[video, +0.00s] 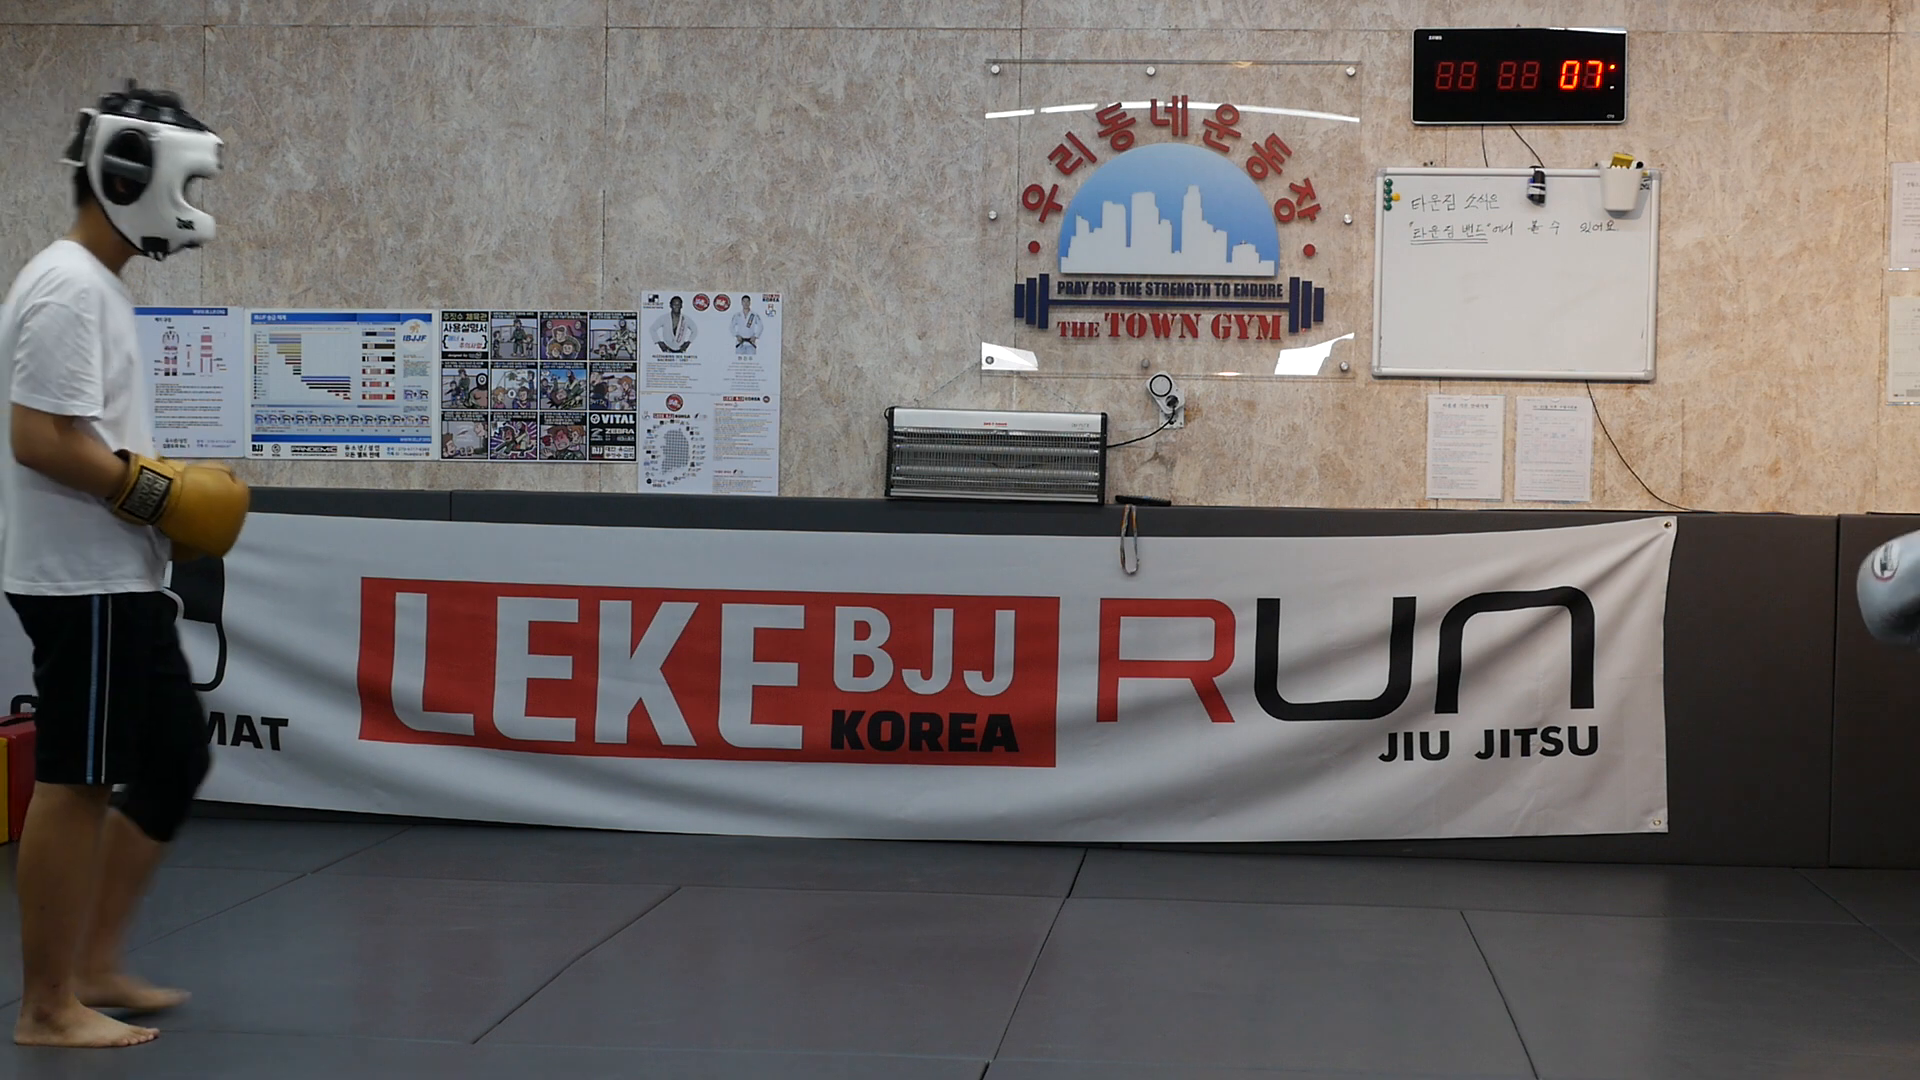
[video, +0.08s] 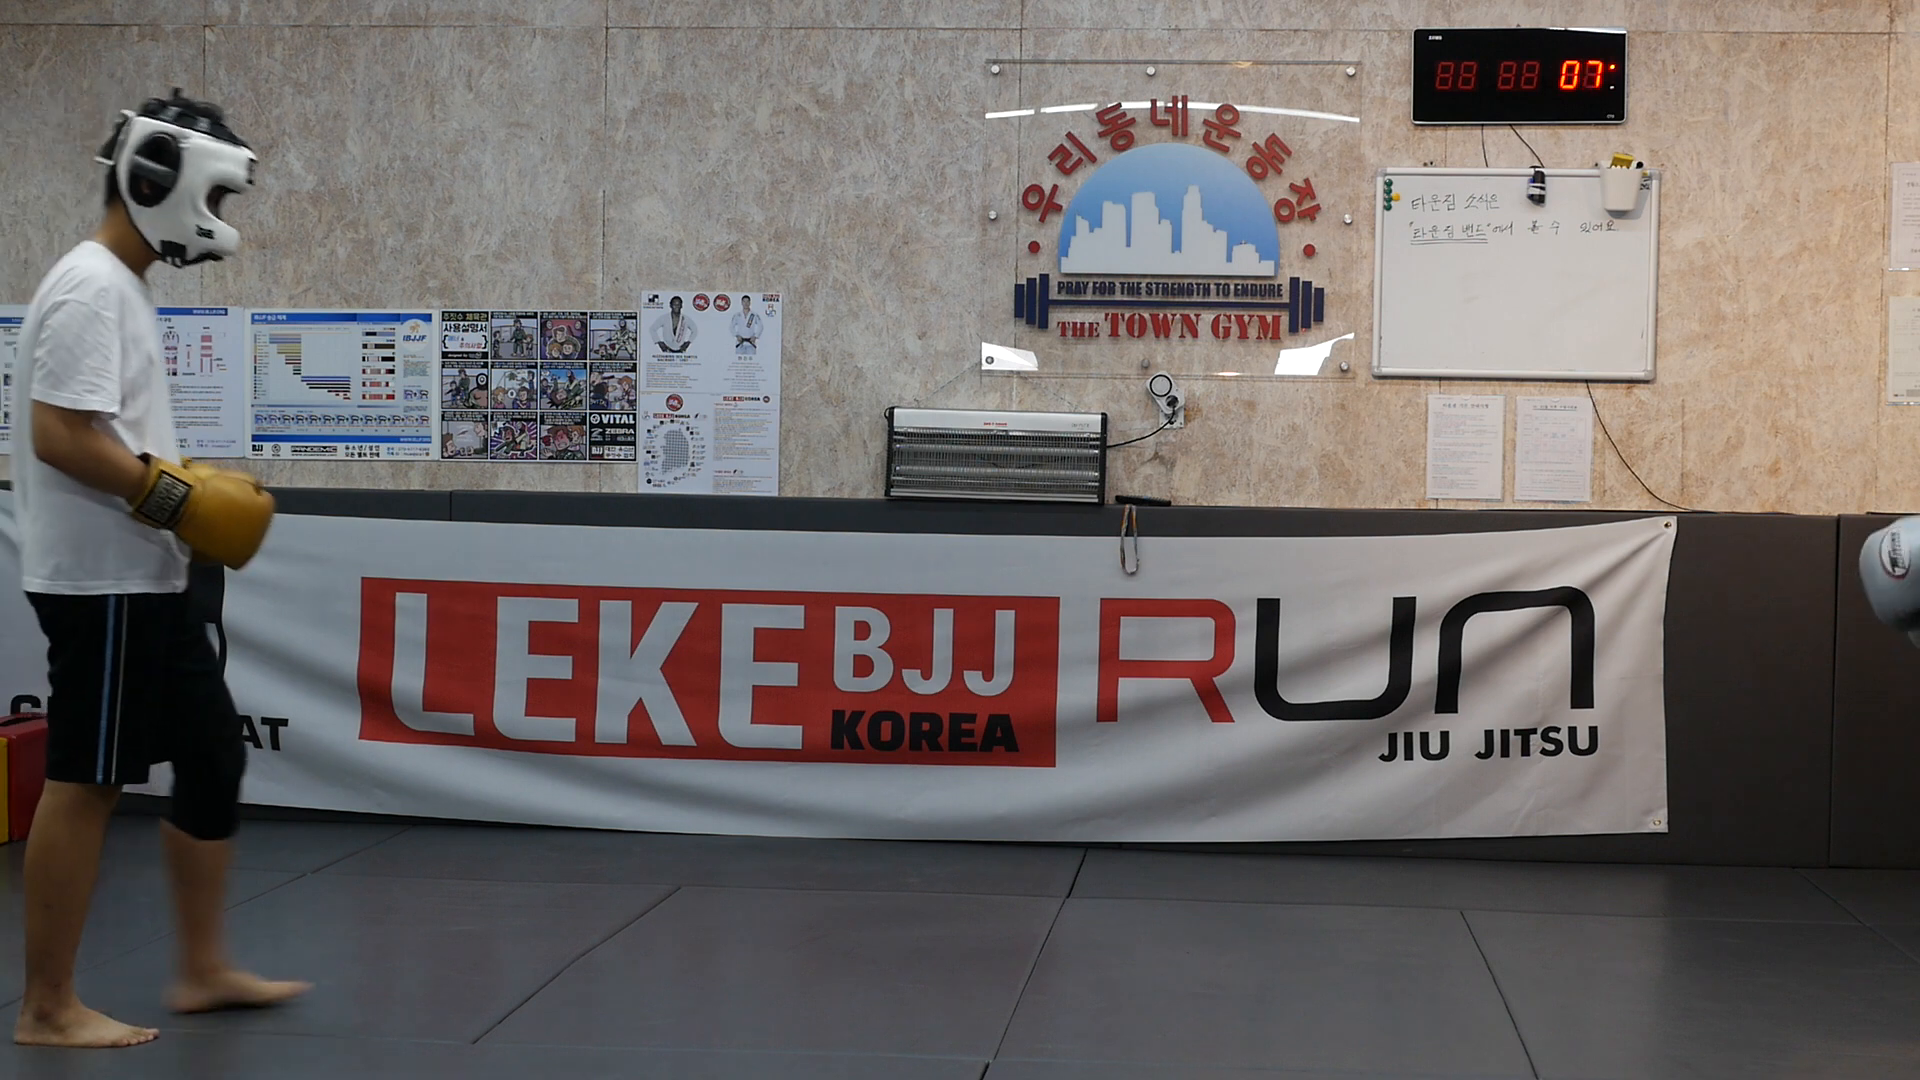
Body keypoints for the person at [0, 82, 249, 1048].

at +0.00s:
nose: (193, 201)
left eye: (196, 180)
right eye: (181, 180)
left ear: (118, 180)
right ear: (127, 178)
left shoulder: (99, 287)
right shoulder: (67, 287)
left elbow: (87, 432)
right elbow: (39, 437)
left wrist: (166, 492)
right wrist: (153, 491)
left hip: (113, 573)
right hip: (74, 576)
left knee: (171, 755)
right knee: (77, 775)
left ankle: (97, 966)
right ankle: (48, 1003)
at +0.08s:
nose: (220, 216)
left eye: (225, 195)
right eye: (212, 193)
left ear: (146, 184)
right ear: (158, 183)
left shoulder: (121, 288)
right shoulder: (92, 286)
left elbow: (105, 433)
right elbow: (60, 433)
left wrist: (192, 497)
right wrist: (175, 499)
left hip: (142, 572)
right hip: (96, 575)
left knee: (211, 752)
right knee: (85, 779)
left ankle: (204, 968)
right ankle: (47, 1006)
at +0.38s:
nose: (311, 228)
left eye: (318, 208)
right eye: (304, 204)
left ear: (248, 192)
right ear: (248, 189)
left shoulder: (220, 296)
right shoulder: (175, 291)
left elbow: (226, 437)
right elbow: (173, 431)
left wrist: (293, 499)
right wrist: (240, 554)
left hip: (249, 576)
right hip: (182, 580)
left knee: (306, 771)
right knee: (156, 775)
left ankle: (315, 973)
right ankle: (60, 989)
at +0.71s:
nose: (395, 221)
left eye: (403, 203)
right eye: (385, 199)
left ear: (362, 199)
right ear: (330, 187)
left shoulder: (339, 295)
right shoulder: (239, 283)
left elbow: (324, 429)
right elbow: (221, 421)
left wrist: (395, 441)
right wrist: (239, 544)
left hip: (347, 566)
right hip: (282, 566)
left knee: (334, 771)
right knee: (292, 770)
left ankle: (316, 971)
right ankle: (174, 963)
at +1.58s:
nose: (272, 182)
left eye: (291, 166)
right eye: (251, 165)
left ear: (319, 177)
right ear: (214, 171)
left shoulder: (354, 289)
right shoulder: (172, 289)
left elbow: (384, 422)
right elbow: (142, 440)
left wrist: (371, 457)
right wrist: (111, 569)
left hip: (336, 585)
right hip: (216, 585)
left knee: (363, 791)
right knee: (217, 796)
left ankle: (323, 956)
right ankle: (221, 1017)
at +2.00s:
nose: (231, 181)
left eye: (247, 161)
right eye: (207, 165)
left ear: (271, 165)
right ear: (166, 175)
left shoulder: (317, 272)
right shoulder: (137, 296)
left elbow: (367, 397)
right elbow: (128, 448)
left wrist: (330, 454)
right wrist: (126, 579)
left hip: (319, 582)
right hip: (205, 591)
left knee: (348, 803)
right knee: (213, 804)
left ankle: (351, 1022)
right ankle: (221, 1025)